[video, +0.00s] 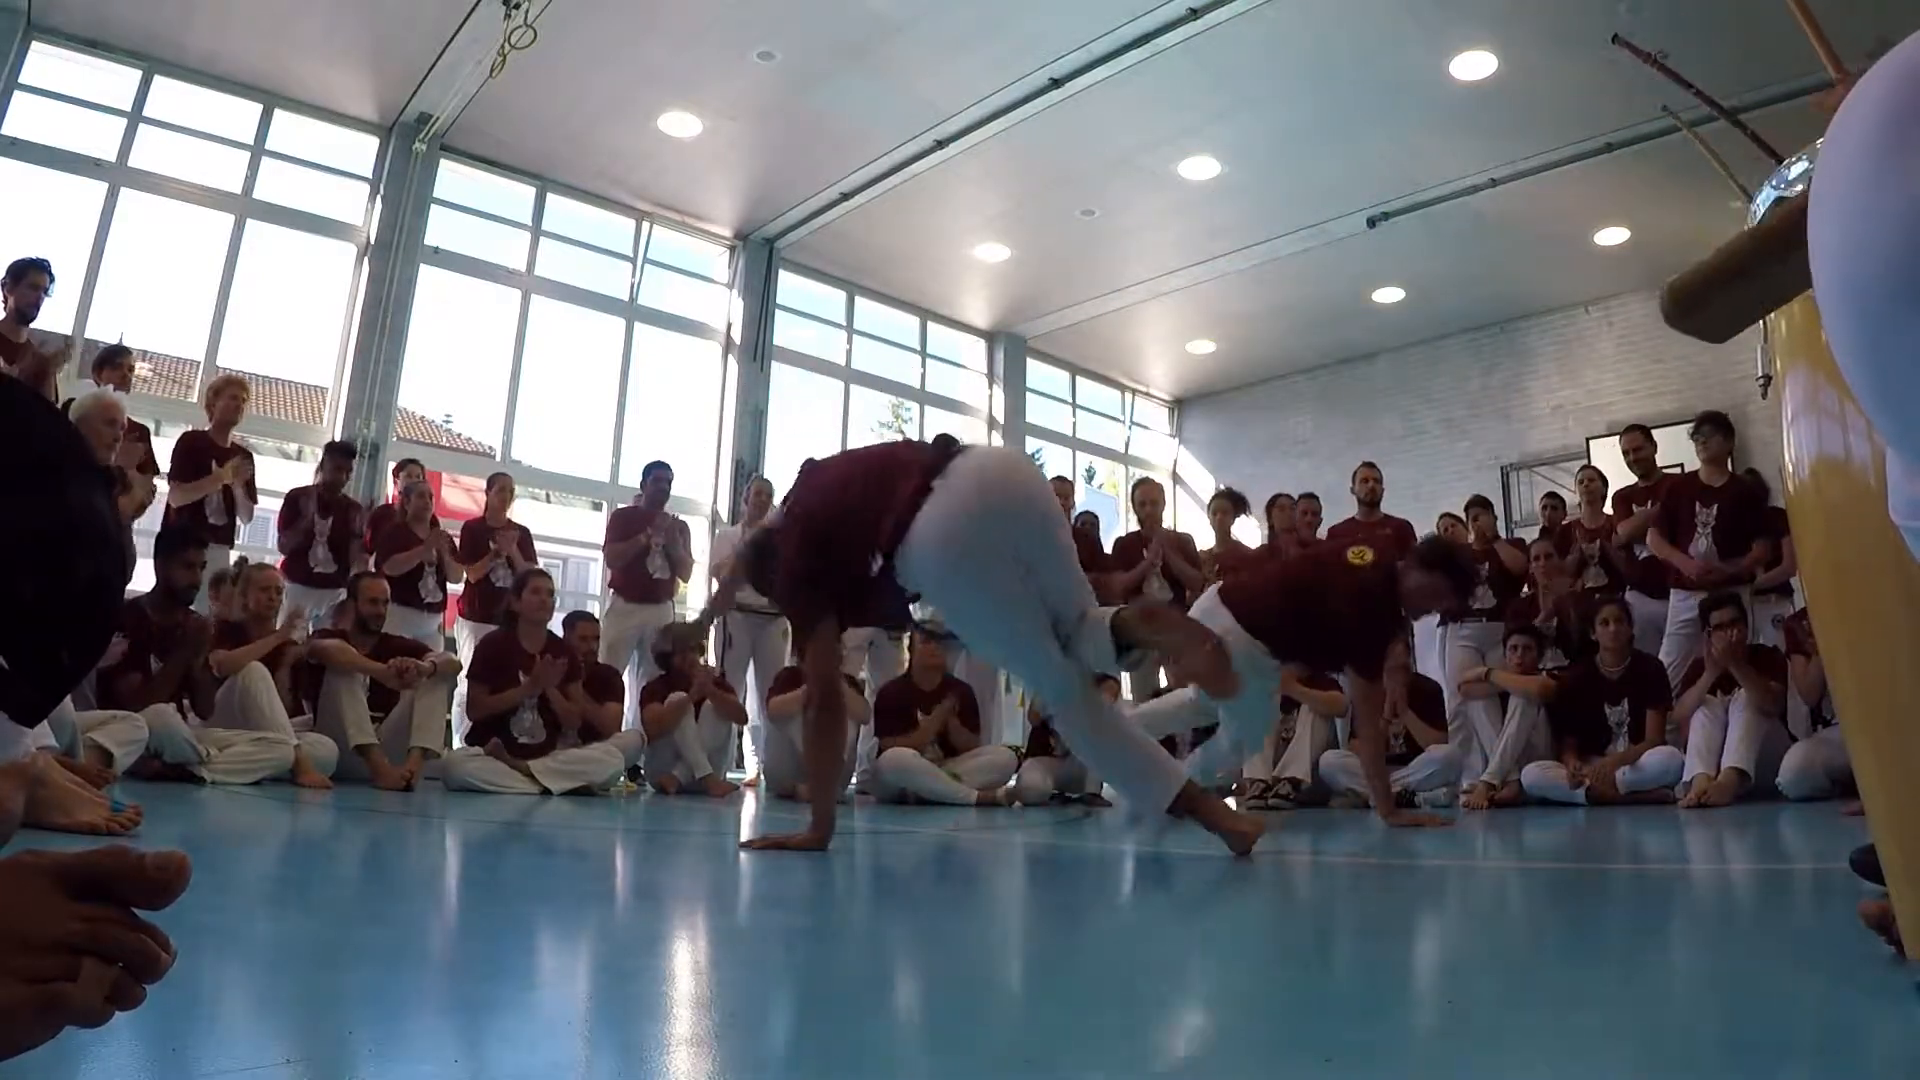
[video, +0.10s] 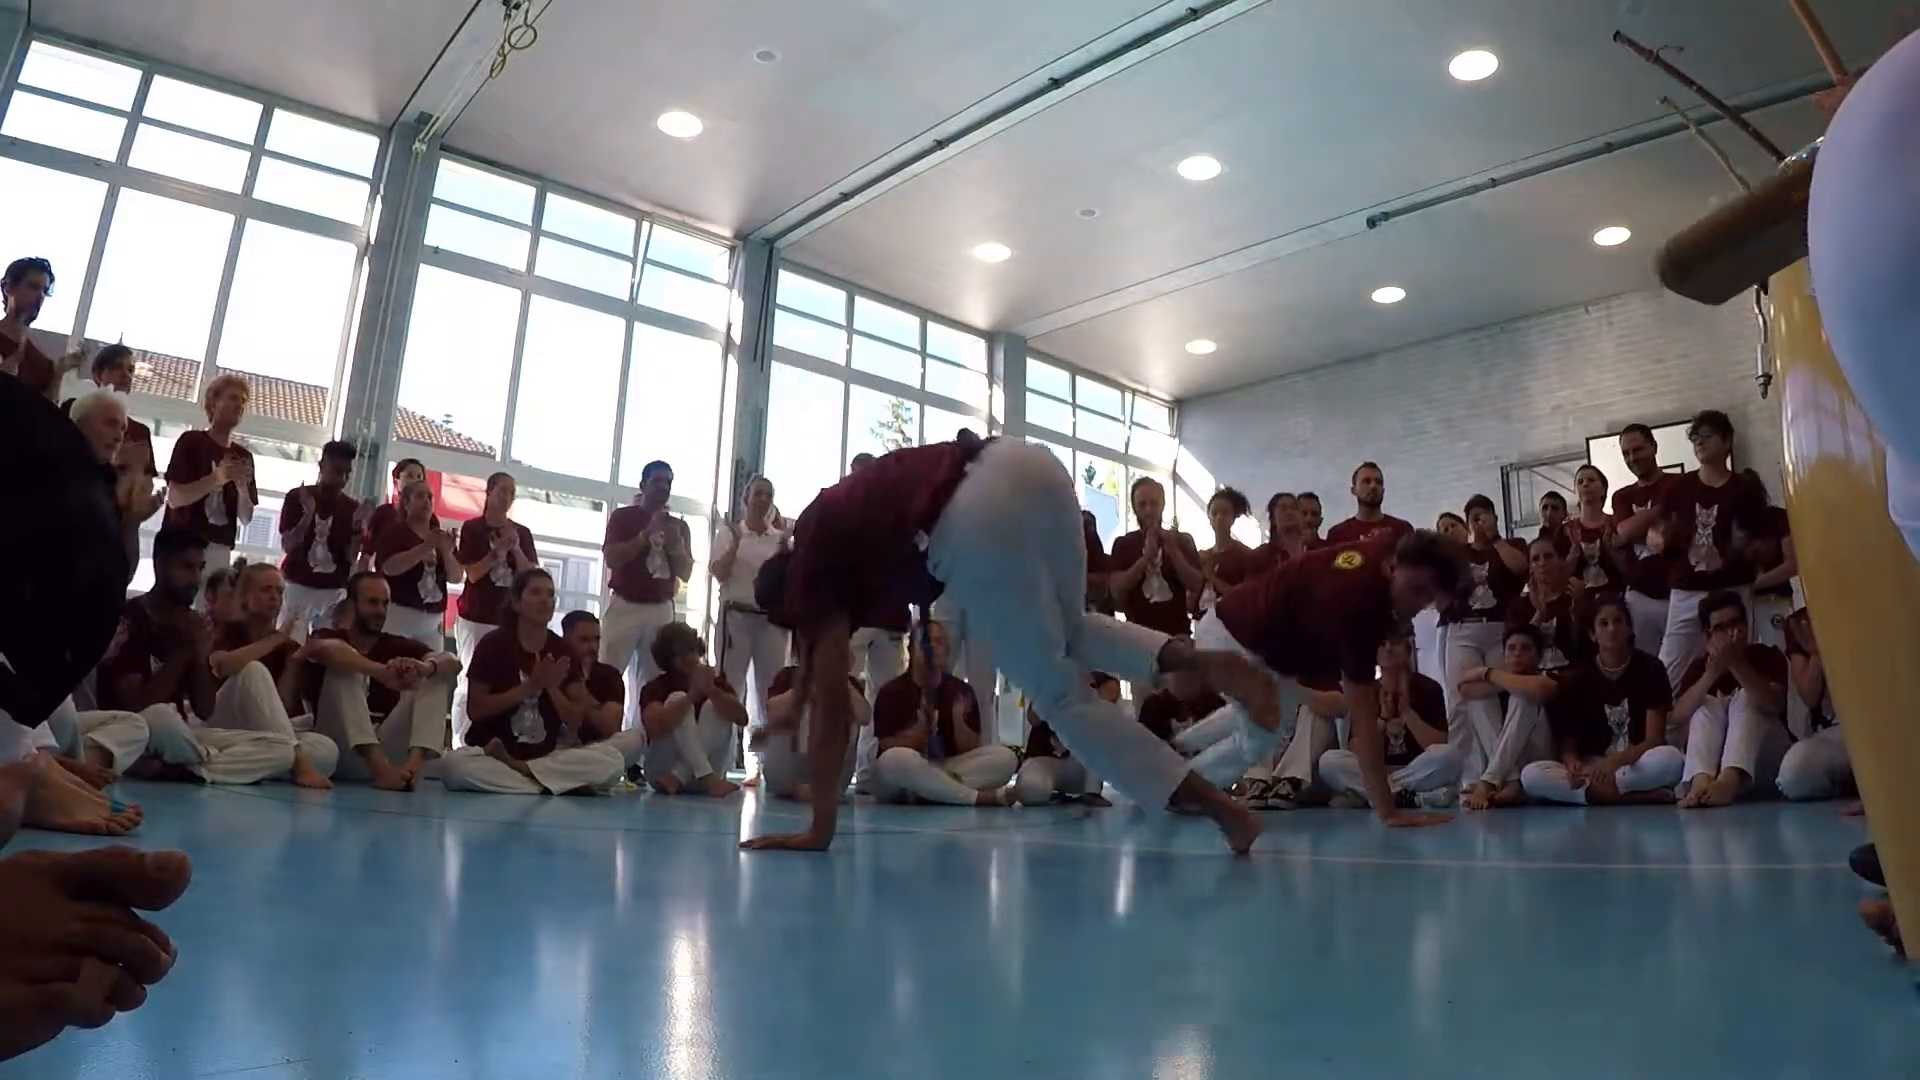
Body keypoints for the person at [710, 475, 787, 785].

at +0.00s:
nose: (759, 500)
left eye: (764, 496)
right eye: (755, 494)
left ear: (772, 502)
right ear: (744, 499)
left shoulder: (779, 538)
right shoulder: (726, 535)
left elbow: (786, 576)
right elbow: (717, 573)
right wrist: (747, 554)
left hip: (774, 618)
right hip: (736, 615)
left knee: (771, 694)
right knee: (729, 690)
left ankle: (768, 765)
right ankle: (723, 764)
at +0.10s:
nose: (761, 500)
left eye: (766, 495)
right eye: (757, 494)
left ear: (773, 501)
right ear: (745, 497)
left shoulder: (782, 537)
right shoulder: (729, 533)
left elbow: (790, 577)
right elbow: (719, 573)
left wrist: (786, 546)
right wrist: (734, 545)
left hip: (772, 616)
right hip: (735, 614)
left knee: (771, 689)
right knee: (731, 687)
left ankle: (771, 754)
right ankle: (729, 750)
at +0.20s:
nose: (760, 500)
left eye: (765, 495)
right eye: (755, 494)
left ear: (773, 501)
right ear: (745, 498)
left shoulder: (784, 539)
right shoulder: (728, 534)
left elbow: (784, 580)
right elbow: (724, 576)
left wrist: (764, 539)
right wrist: (757, 550)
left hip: (771, 618)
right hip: (736, 616)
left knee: (771, 695)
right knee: (728, 692)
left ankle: (768, 765)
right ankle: (723, 766)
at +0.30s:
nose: (760, 500)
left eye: (766, 495)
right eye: (756, 494)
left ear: (773, 501)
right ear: (745, 498)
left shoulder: (782, 539)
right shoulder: (727, 535)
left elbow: (785, 579)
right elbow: (724, 576)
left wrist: (766, 543)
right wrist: (756, 550)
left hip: (774, 619)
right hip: (736, 616)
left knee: (771, 696)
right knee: (728, 692)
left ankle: (768, 766)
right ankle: (723, 764)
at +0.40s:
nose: (761, 500)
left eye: (766, 495)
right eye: (756, 494)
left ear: (772, 501)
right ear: (745, 498)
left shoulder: (782, 538)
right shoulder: (728, 535)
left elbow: (789, 581)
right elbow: (715, 574)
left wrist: (777, 544)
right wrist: (747, 548)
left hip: (774, 618)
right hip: (736, 615)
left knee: (771, 695)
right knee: (728, 692)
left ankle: (768, 766)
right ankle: (724, 764)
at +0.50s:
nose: (761, 499)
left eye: (766, 495)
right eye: (756, 494)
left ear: (772, 501)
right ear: (745, 497)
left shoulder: (781, 539)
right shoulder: (728, 535)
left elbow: (789, 581)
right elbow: (717, 574)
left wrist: (784, 550)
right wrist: (736, 549)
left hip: (774, 616)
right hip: (736, 614)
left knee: (771, 694)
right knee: (729, 691)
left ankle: (767, 764)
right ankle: (724, 765)